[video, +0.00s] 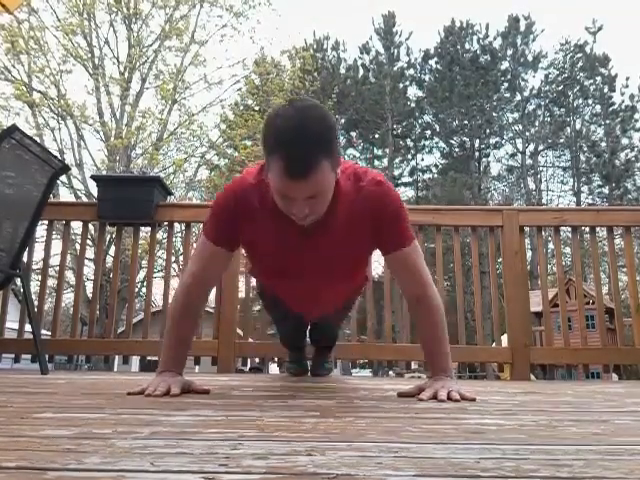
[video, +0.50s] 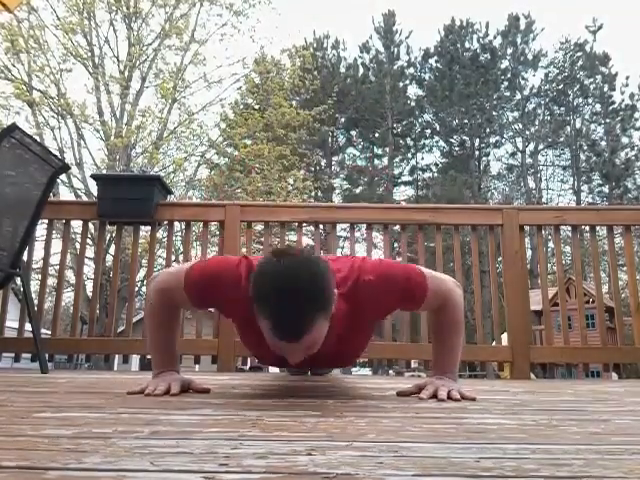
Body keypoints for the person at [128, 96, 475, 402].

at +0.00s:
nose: (299, 211)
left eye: (312, 198)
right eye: (286, 198)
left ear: (336, 170)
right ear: (267, 173)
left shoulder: (374, 197)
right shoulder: (239, 199)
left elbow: (419, 290)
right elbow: (194, 285)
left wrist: (441, 376)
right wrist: (168, 370)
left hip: (339, 295)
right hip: (279, 294)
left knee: (327, 333)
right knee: (291, 334)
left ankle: (323, 356)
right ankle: (296, 355)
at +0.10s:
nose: (300, 229)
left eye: (314, 217)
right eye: (286, 217)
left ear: (335, 186)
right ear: (267, 189)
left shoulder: (375, 211)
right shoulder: (236, 212)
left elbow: (430, 293)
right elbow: (184, 286)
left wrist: (442, 375)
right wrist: (167, 370)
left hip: (338, 306)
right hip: (282, 306)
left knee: (327, 337)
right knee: (293, 340)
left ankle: (322, 358)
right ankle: (297, 358)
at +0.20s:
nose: (298, 314)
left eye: (312, 302)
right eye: (283, 303)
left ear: (335, 268)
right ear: (263, 271)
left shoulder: (375, 259)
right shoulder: (236, 259)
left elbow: (447, 296)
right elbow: (165, 290)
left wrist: (444, 375)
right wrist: (165, 370)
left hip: (338, 334)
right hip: (272, 334)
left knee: (323, 349)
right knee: (287, 349)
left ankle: (319, 357)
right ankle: (295, 355)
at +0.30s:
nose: (297, 373)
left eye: (311, 360)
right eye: (282, 362)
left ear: (335, 314)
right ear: (258, 316)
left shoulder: (373, 286)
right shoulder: (236, 284)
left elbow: (447, 293)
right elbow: (165, 286)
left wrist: (443, 374)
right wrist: (165, 368)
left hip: (340, 365)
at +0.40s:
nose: (296, 393)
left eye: (309, 380)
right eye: (280, 382)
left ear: (336, 333)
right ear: (254, 330)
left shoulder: (370, 298)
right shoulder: (235, 294)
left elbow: (447, 293)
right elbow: (164, 286)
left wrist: (444, 374)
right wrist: (164, 369)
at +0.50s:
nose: (296, 360)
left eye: (309, 348)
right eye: (280, 350)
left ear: (334, 305)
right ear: (255, 308)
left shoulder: (371, 283)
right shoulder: (230, 280)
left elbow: (448, 295)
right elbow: (163, 290)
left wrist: (444, 375)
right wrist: (165, 369)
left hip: (339, 353)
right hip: (264, 352)